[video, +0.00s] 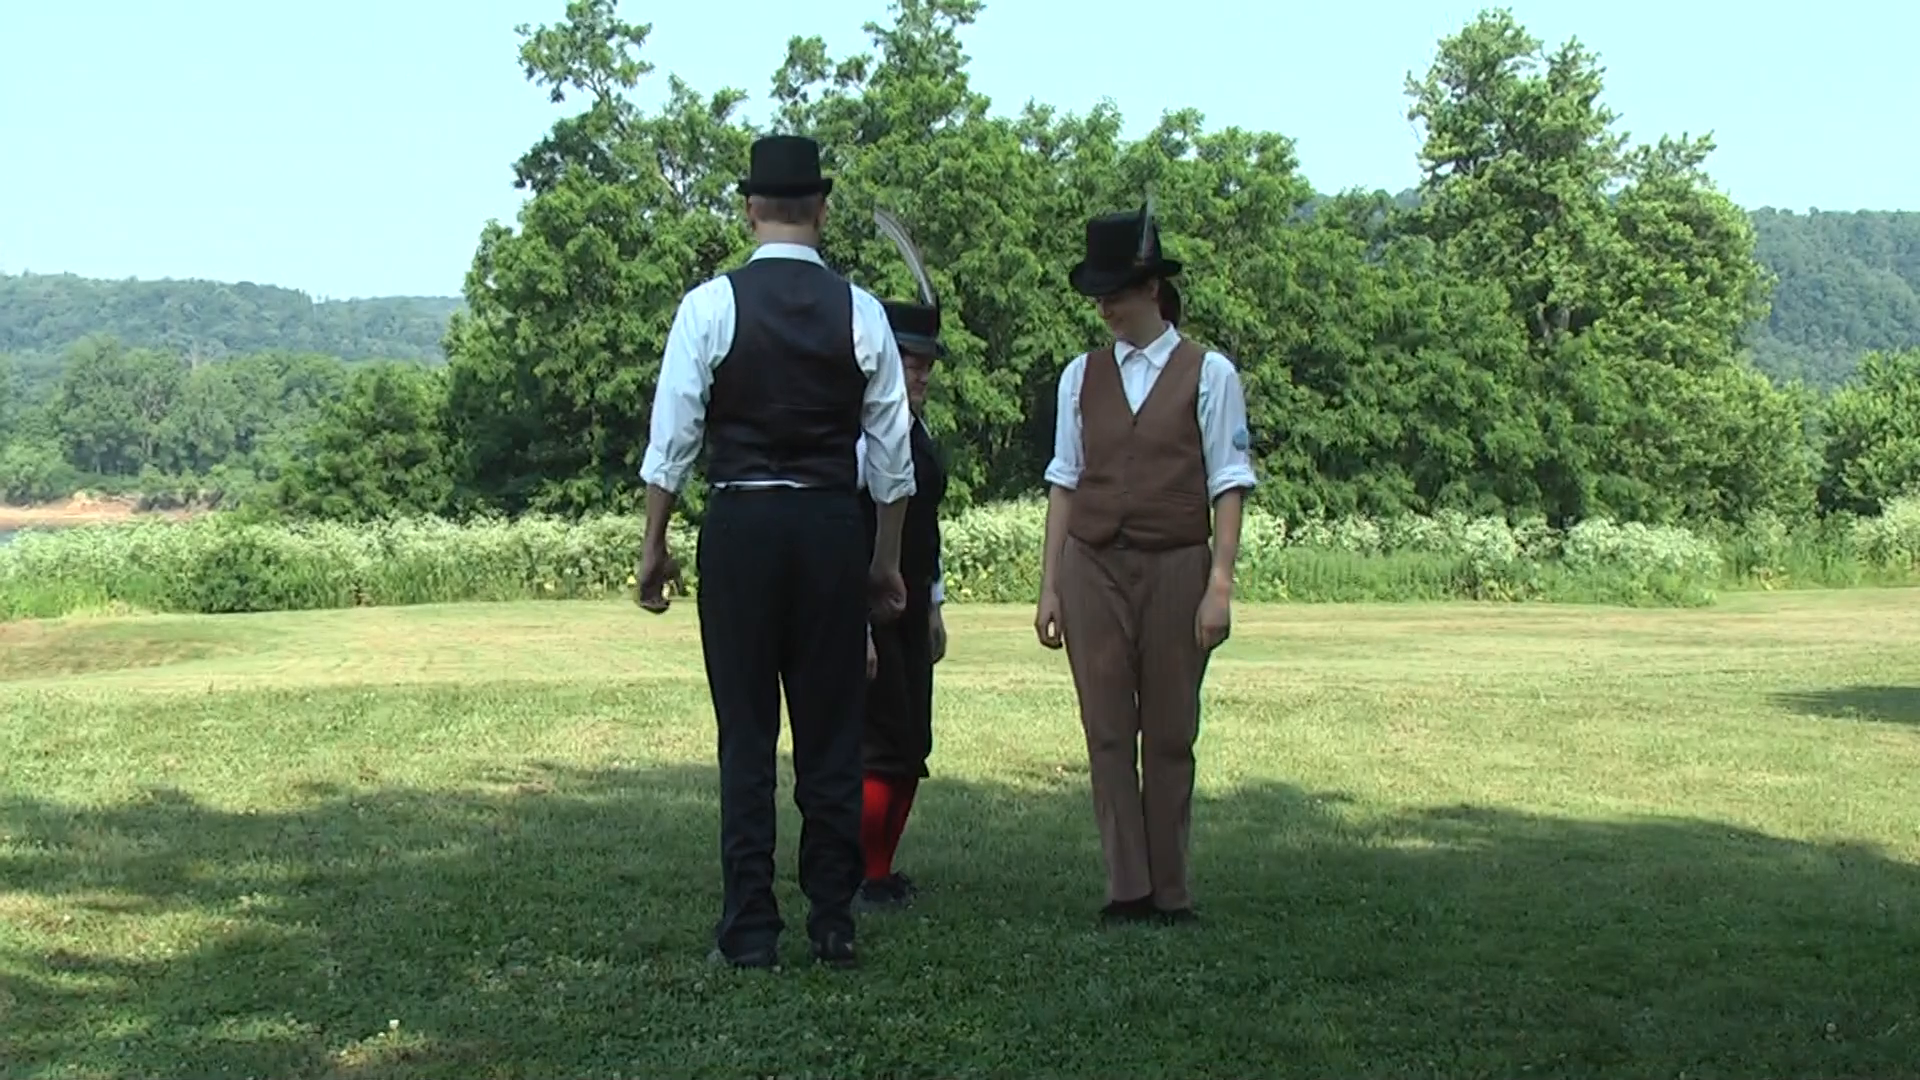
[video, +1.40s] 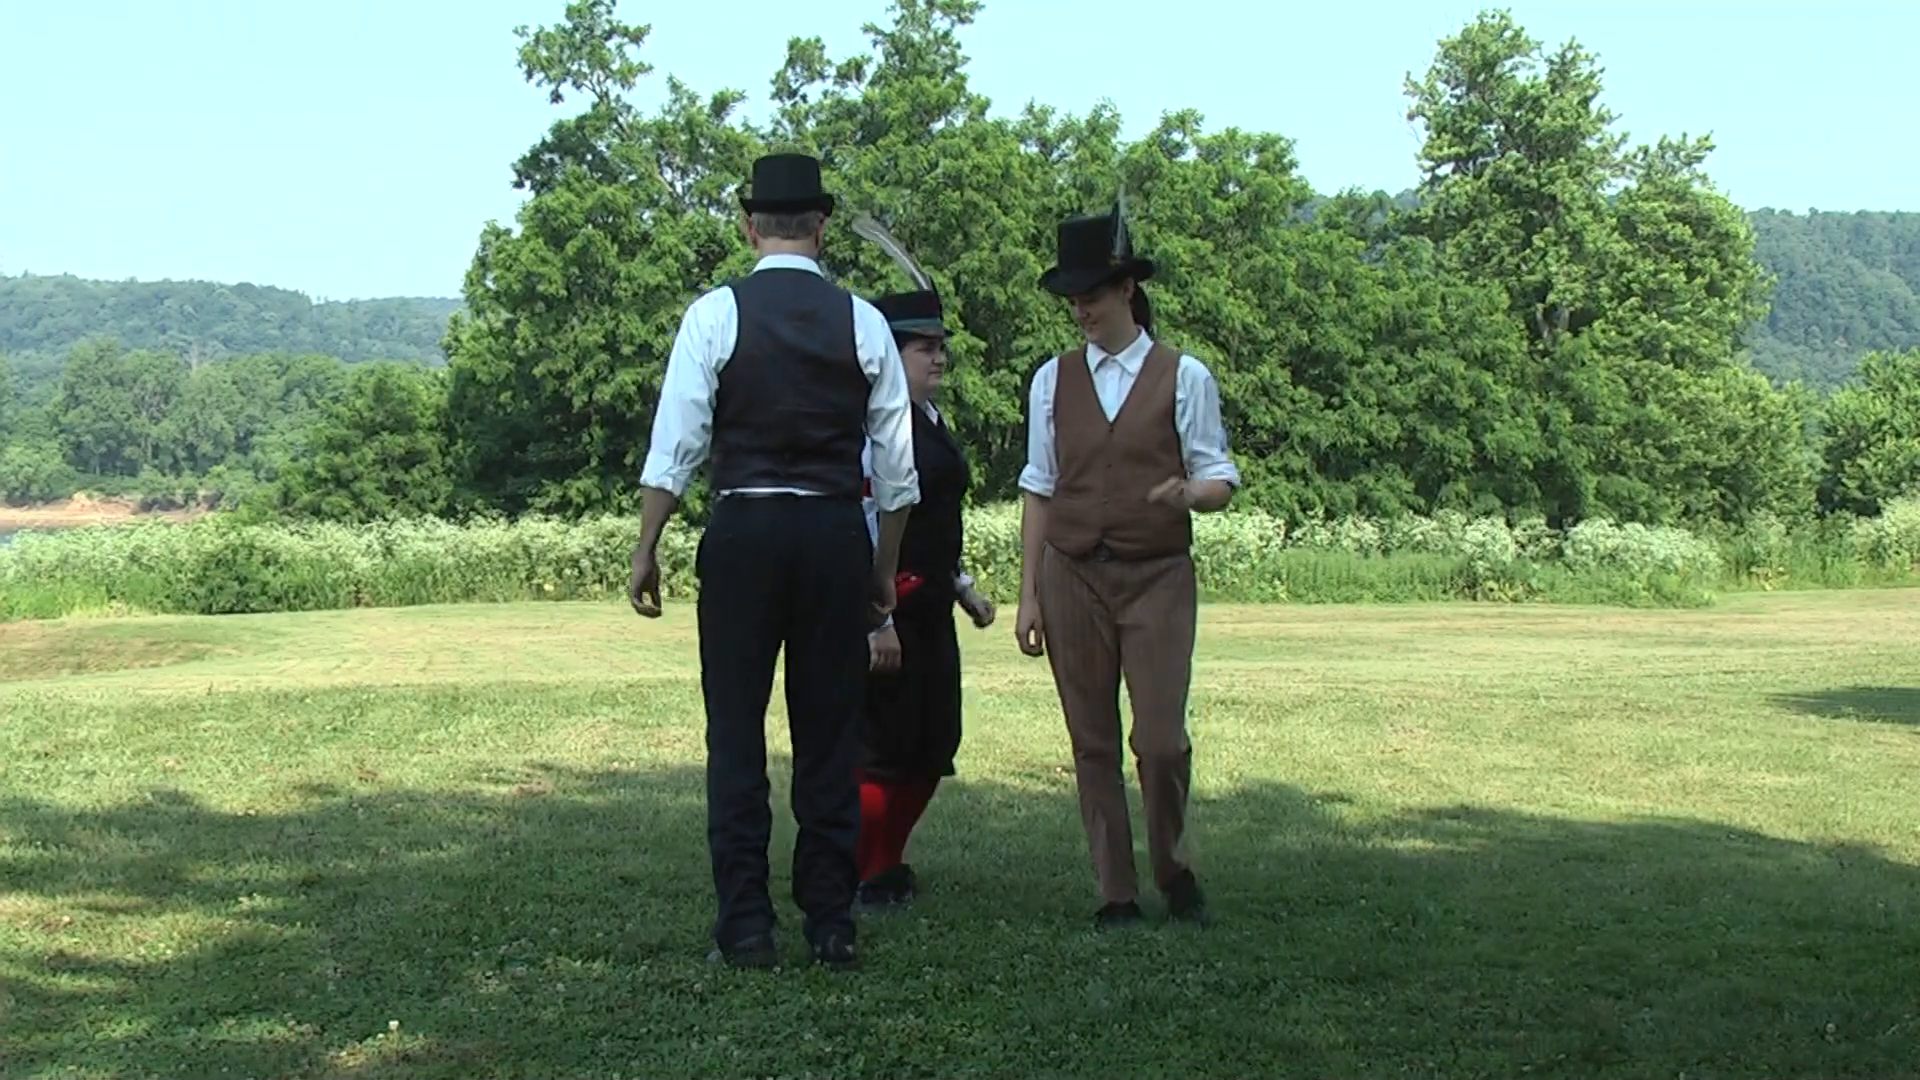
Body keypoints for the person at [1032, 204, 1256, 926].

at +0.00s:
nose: (1107, 306)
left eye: (1118, 293)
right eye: (1099, 296)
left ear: (1155, 287)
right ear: (1094, 298)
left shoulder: (1208, 372)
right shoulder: (1079, 377)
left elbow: (1230, 487)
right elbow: (1063, 486)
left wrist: (1219, 587)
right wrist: (1049, 586)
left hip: (1176, 570)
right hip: (1089, 569)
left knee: (1170, 737)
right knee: (1108, 736)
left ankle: (1169, 891)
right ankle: (1126, 890)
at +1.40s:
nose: (1082, 309)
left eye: (1094, 295)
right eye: (1074, 299)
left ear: (1130, 290)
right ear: (1068, 303)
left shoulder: (1184, 376)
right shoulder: (1051, 380)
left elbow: (1221, 482)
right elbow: (1037, 492)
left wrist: (1186, 491)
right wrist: (1028, 593)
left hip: (1158, 579)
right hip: (1070, 579)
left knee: (1161, 746)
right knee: (1094, 746)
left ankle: (1174, 872)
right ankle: (1116, 896)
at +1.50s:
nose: (1084, 312)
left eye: (1094, 298)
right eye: (1075, 302)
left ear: (1131, 290)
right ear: (1069, 306)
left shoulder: (1187, 372)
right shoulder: (1052, 380)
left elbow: (1230, 475)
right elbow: (1036, 491)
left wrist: (1197, 404)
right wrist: (1029, 592)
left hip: (1158, 574)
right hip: (1069, 574)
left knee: (1150, 732)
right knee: (1093, 743)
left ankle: (1161, 792)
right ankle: (1113, 896)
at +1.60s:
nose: (1083, 311)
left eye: (1096, 296)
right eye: (1074, 301)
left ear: (1132, 291)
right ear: (1068, 304)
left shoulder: (1178, 368)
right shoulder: (1050, 379)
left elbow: (1236, 420)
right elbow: (1037, 491)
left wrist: (1197, 328)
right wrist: (1028, 592)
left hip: (1156, 569)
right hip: (1069, 571)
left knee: (1131, 715)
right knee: (1091, 743)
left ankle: (1159, 769)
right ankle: (1114, 894)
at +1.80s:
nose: (1081, 308)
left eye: (1094, 293)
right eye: (1074, 295)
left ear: (1134, 291)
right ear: (1067, 297)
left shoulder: (1175, 363)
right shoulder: (1056, 371)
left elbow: (1215, 296)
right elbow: (1037, 485)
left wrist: (1192, 198)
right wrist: (1026, 586)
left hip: (1148, 577)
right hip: (1068, 578)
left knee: (1115, 749)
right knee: (1083, 751)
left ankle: (1142, 908)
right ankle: (1116, 899)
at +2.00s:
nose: (1066, 295)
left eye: (1077, 282)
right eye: (1063, 284)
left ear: (1117, 281)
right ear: (1071, 290)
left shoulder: (1147, 351)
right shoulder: (1063, 370)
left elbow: (1150, 263)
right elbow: (1044, 482)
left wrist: (1144, 152)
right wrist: (1018, 567)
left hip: (1136, 577)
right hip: (1061, 580)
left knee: (1119, 756)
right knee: (1019, 716)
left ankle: (1136, 916)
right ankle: (1112, 803)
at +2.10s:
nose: (1058, 262)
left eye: (1066, 250)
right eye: (1053, 252)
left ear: (1102, 244)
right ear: (1061, 256)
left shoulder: (1136, 311)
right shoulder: (1061, 329)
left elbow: (1124, 220)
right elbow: (1057, 437)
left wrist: (1102, 112)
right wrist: (1029, 530)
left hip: (1120, 536)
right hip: (1045, 533)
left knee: (1122, 715)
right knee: (1003, 672)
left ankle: (1147, 891)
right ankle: (1113, 739)